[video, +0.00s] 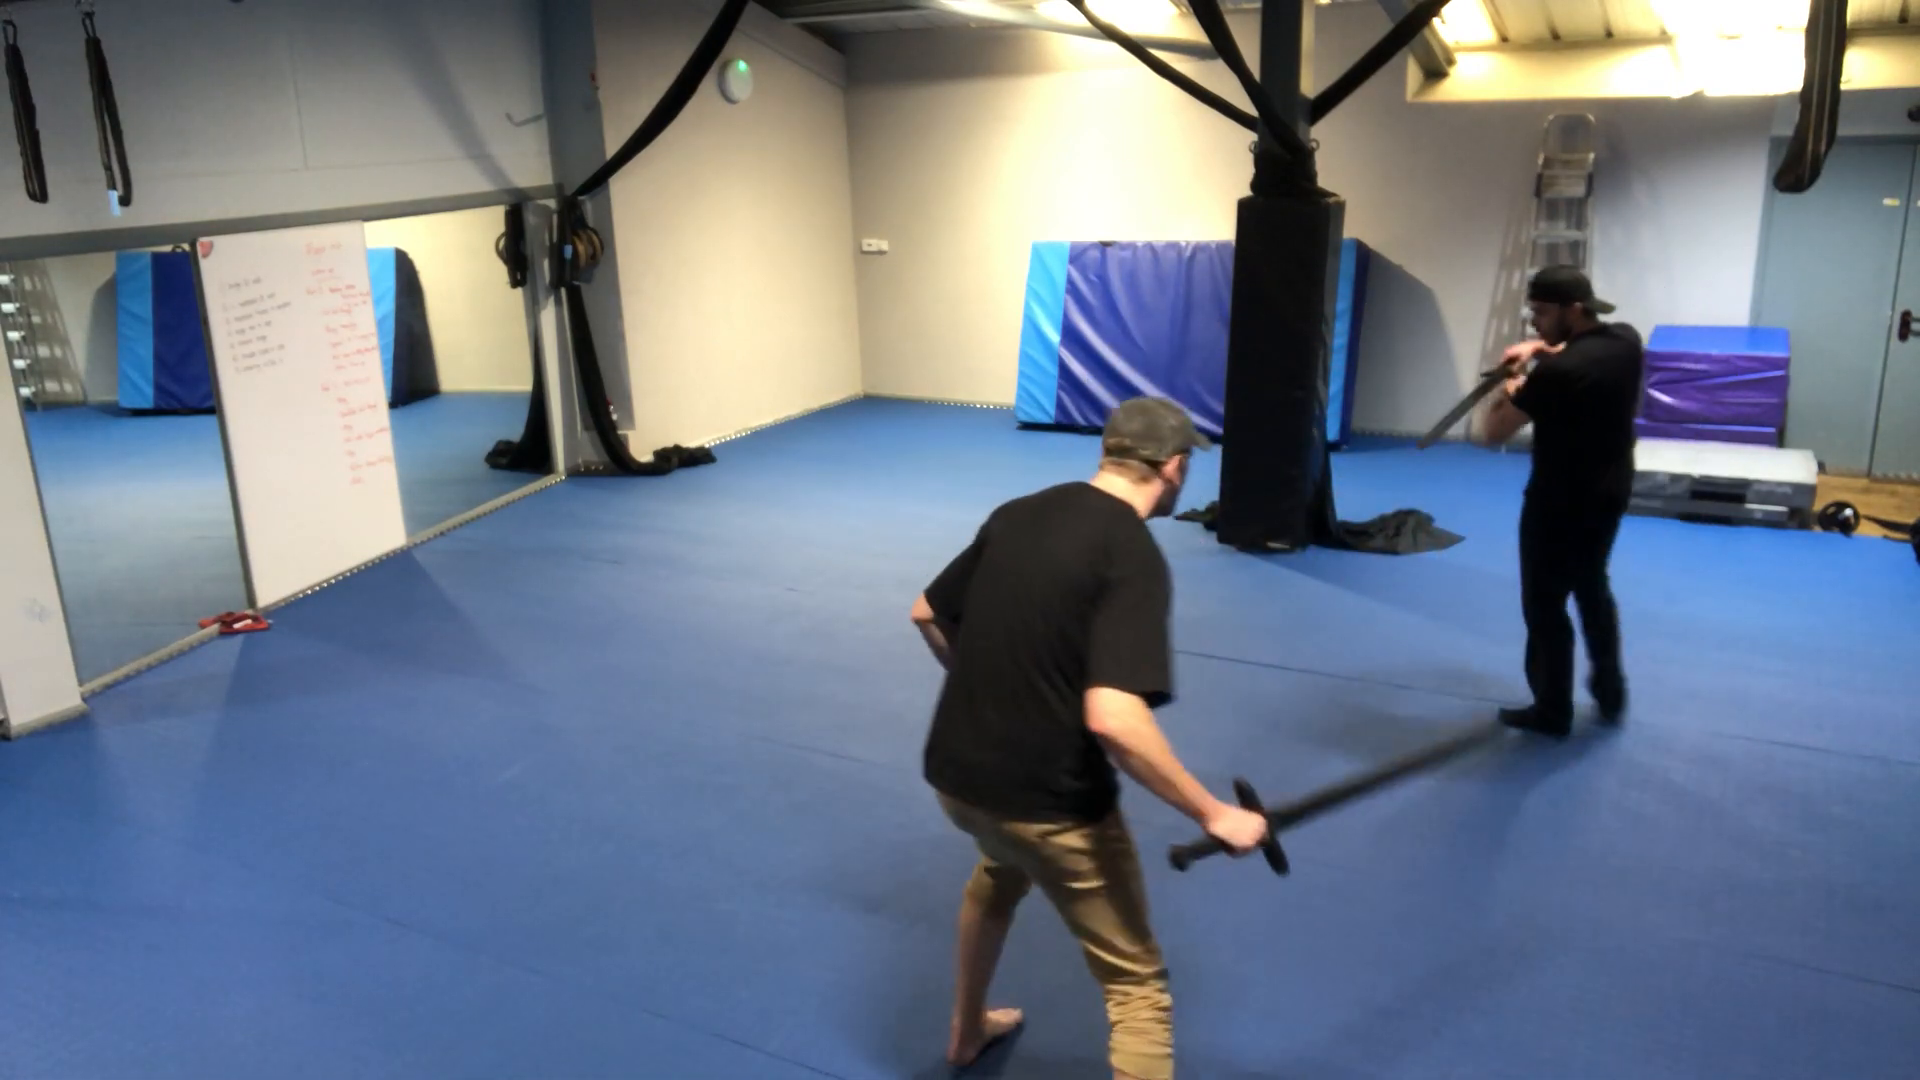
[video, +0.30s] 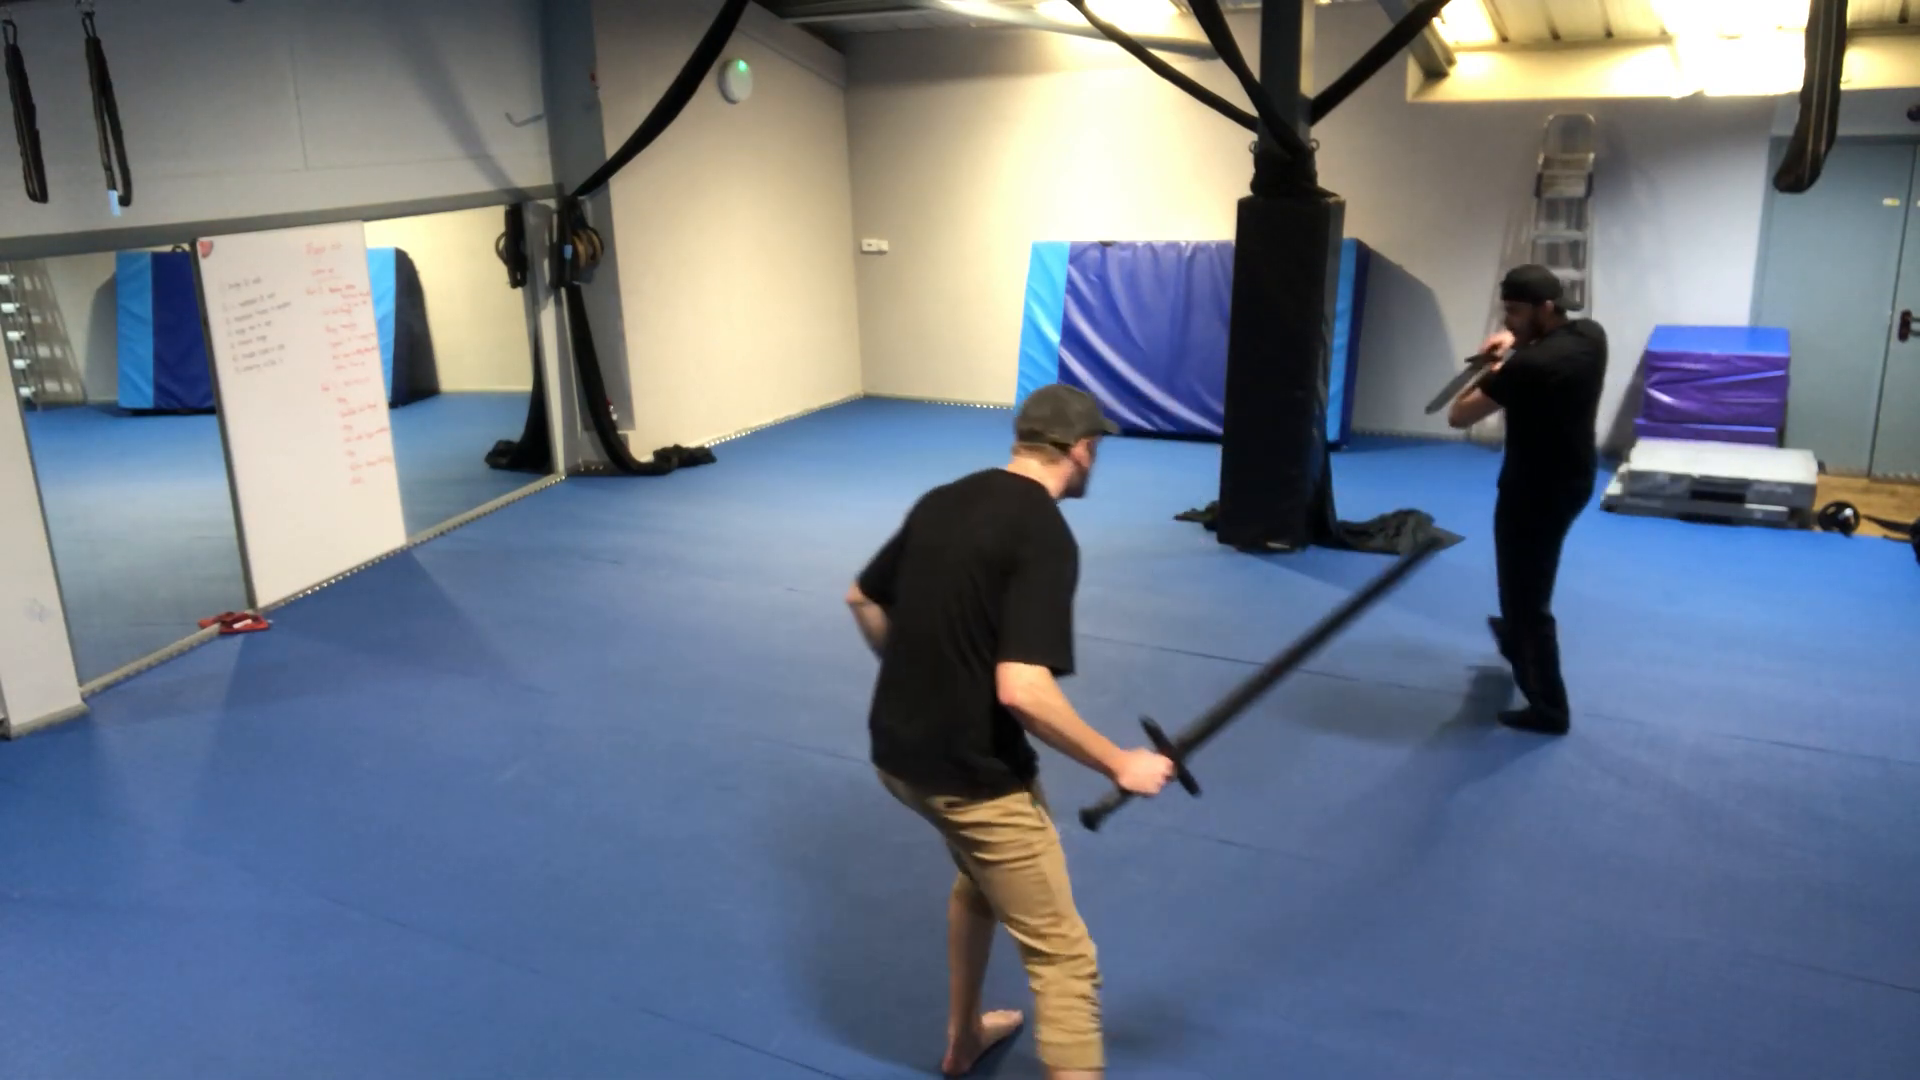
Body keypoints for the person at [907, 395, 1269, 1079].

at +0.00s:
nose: (1186, 478)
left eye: (1189, 466)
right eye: (1188, 465)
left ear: (1107, 453)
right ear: (1170, 467)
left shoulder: (1021, 514)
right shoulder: (1133, 556)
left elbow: (930, 613)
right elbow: (1112, 714)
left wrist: (989, 687)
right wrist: (1214, 812)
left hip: (957, 772)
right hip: (1052, 801)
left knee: (1002, 867)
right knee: (1135, 985)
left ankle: (966, 1028)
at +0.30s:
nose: (1095, 462)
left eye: (1096, 449)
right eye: (1096, 449)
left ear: (1022, 440)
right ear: (1078, 450)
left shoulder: (944, 500)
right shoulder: (1042, 533)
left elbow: (866, 597)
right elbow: (1022, 685)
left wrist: (920, 669)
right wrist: (1120, 762)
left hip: (899, 748)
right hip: (975, 768)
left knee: (980, 869)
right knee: (1060, 955)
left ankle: (963, 1032)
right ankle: (1075, 1066)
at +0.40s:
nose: (1069, 454)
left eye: (1069, 441)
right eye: (1069, 442)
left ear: (996, 434)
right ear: (1052, 443)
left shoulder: (922, 495)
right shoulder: (1023, 525)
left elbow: (838, 590)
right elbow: (1010, 676)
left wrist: (881, 668)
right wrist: (1100, 745)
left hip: (883, 741)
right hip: (956, 762)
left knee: (973, 873)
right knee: (1044, 943)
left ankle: (961, 1040)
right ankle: (1003, 1068)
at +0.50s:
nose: (1046, 451)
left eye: (1046, 437)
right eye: (1048, 438)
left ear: (975, 428)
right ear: (1031, 438)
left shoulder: (903, 493)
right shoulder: (1006, 518)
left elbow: (816, 587)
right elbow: (1004, 671)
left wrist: (841, 680)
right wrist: (1087, 729)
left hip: (870, 737)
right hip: (940, 757)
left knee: (961, 880)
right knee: (1005, 936)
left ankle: (956, 1033)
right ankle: (897, 1071)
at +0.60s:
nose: (1029, 447)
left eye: (1029, 434)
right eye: (1030, 434)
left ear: (957, 425)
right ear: (1013, 433)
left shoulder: (886, 490)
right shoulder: (989, 513)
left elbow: (799, 588)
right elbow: (998, 670)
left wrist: (820, 679)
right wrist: (1073, 709)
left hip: (850, 729)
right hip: (918, 753)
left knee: (948, 890)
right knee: (956, 927)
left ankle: (961, 1035)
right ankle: (797, 1039)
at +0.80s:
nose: (990, 455)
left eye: (992, 441)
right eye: (992, 441)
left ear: (919, 429)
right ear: (974, 438)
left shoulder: (847, 490)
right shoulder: (937, 518)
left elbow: (765, 588)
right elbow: (963, 670)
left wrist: (798, 682)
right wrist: (1038, 692)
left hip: (818, 730)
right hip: (851, 757)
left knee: (933, 850)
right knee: (859, 920)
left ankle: (956, 1029)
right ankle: (738, 1018)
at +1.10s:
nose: (924, 458)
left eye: (926, 444)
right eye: (925, 444)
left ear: (856, 432)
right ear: (904, 443)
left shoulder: (787, 487)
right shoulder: (840, 526)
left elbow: (723, 575)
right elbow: (854, 680)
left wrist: (778, 656)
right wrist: (948, 727)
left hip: (820, 735)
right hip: (776, 759)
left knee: (902, 842)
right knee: (818, 915)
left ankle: (938, 1015)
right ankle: (731, 1033)